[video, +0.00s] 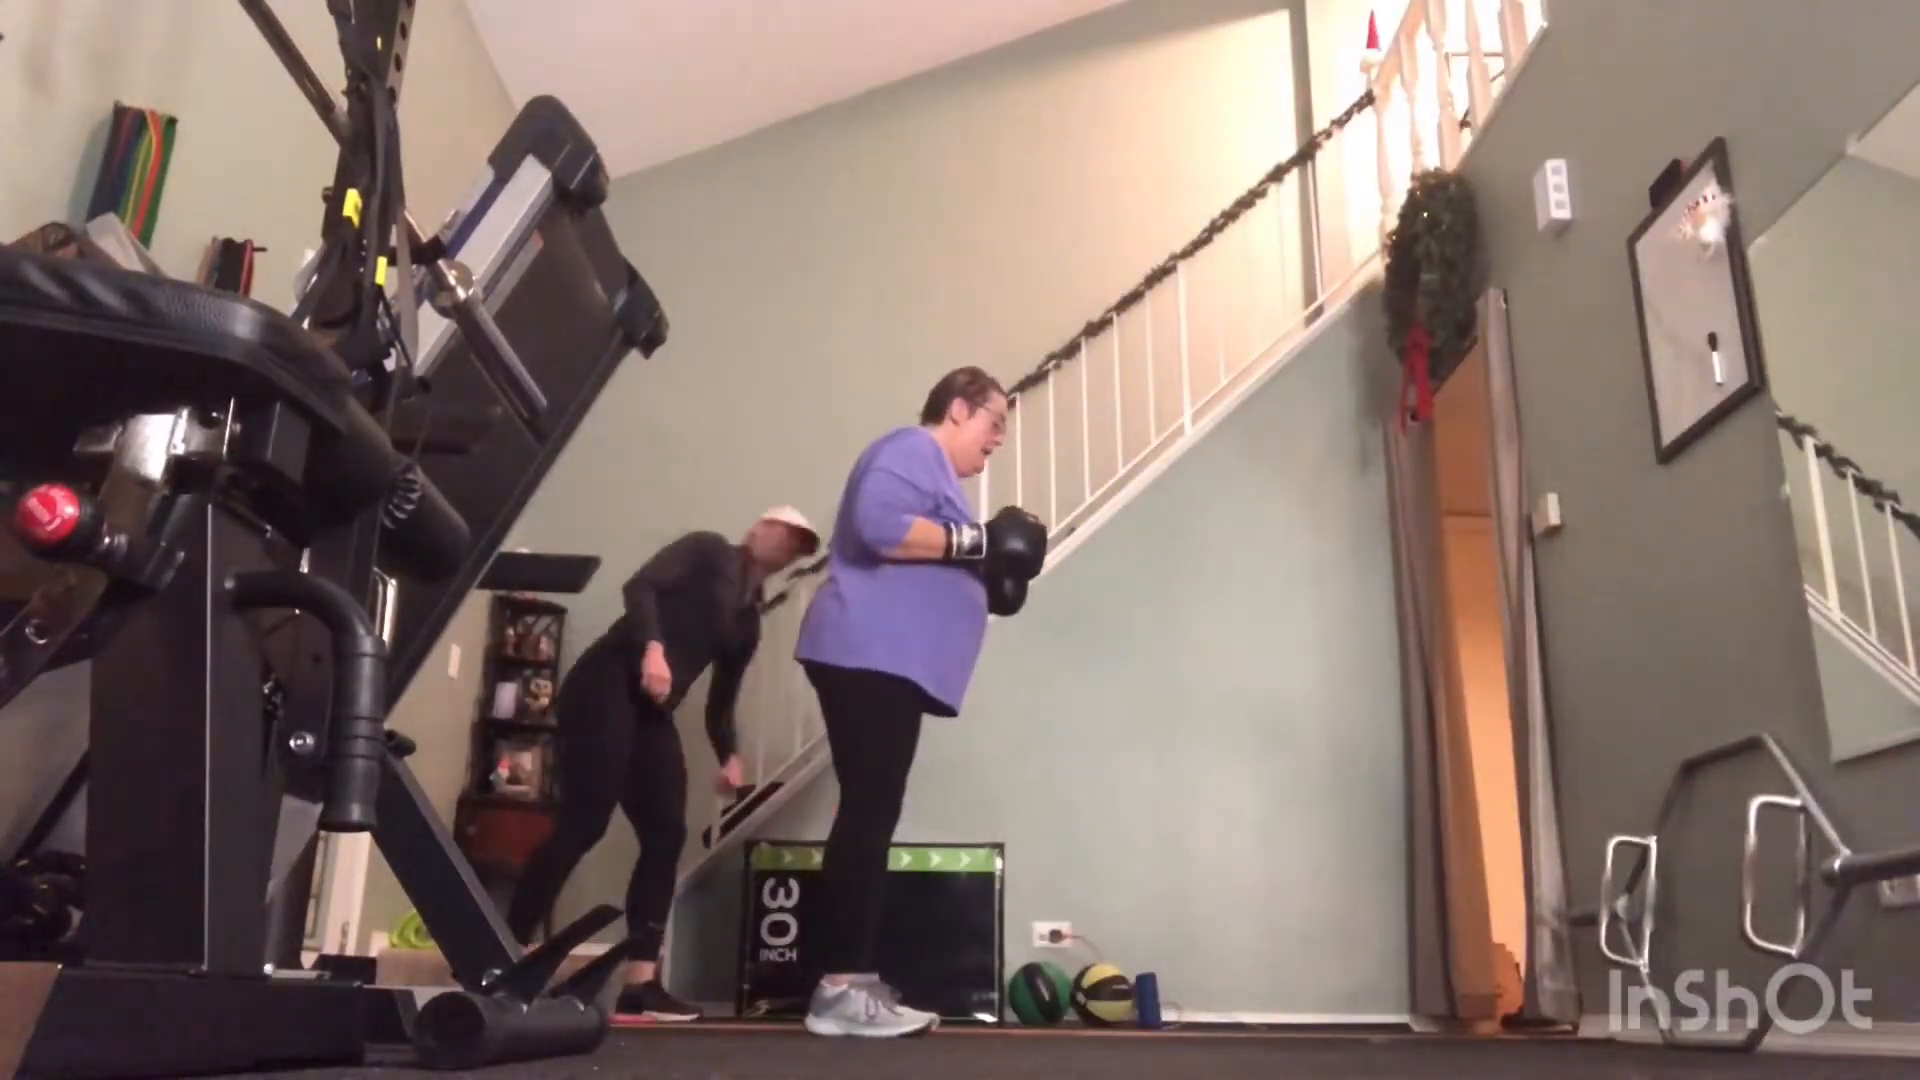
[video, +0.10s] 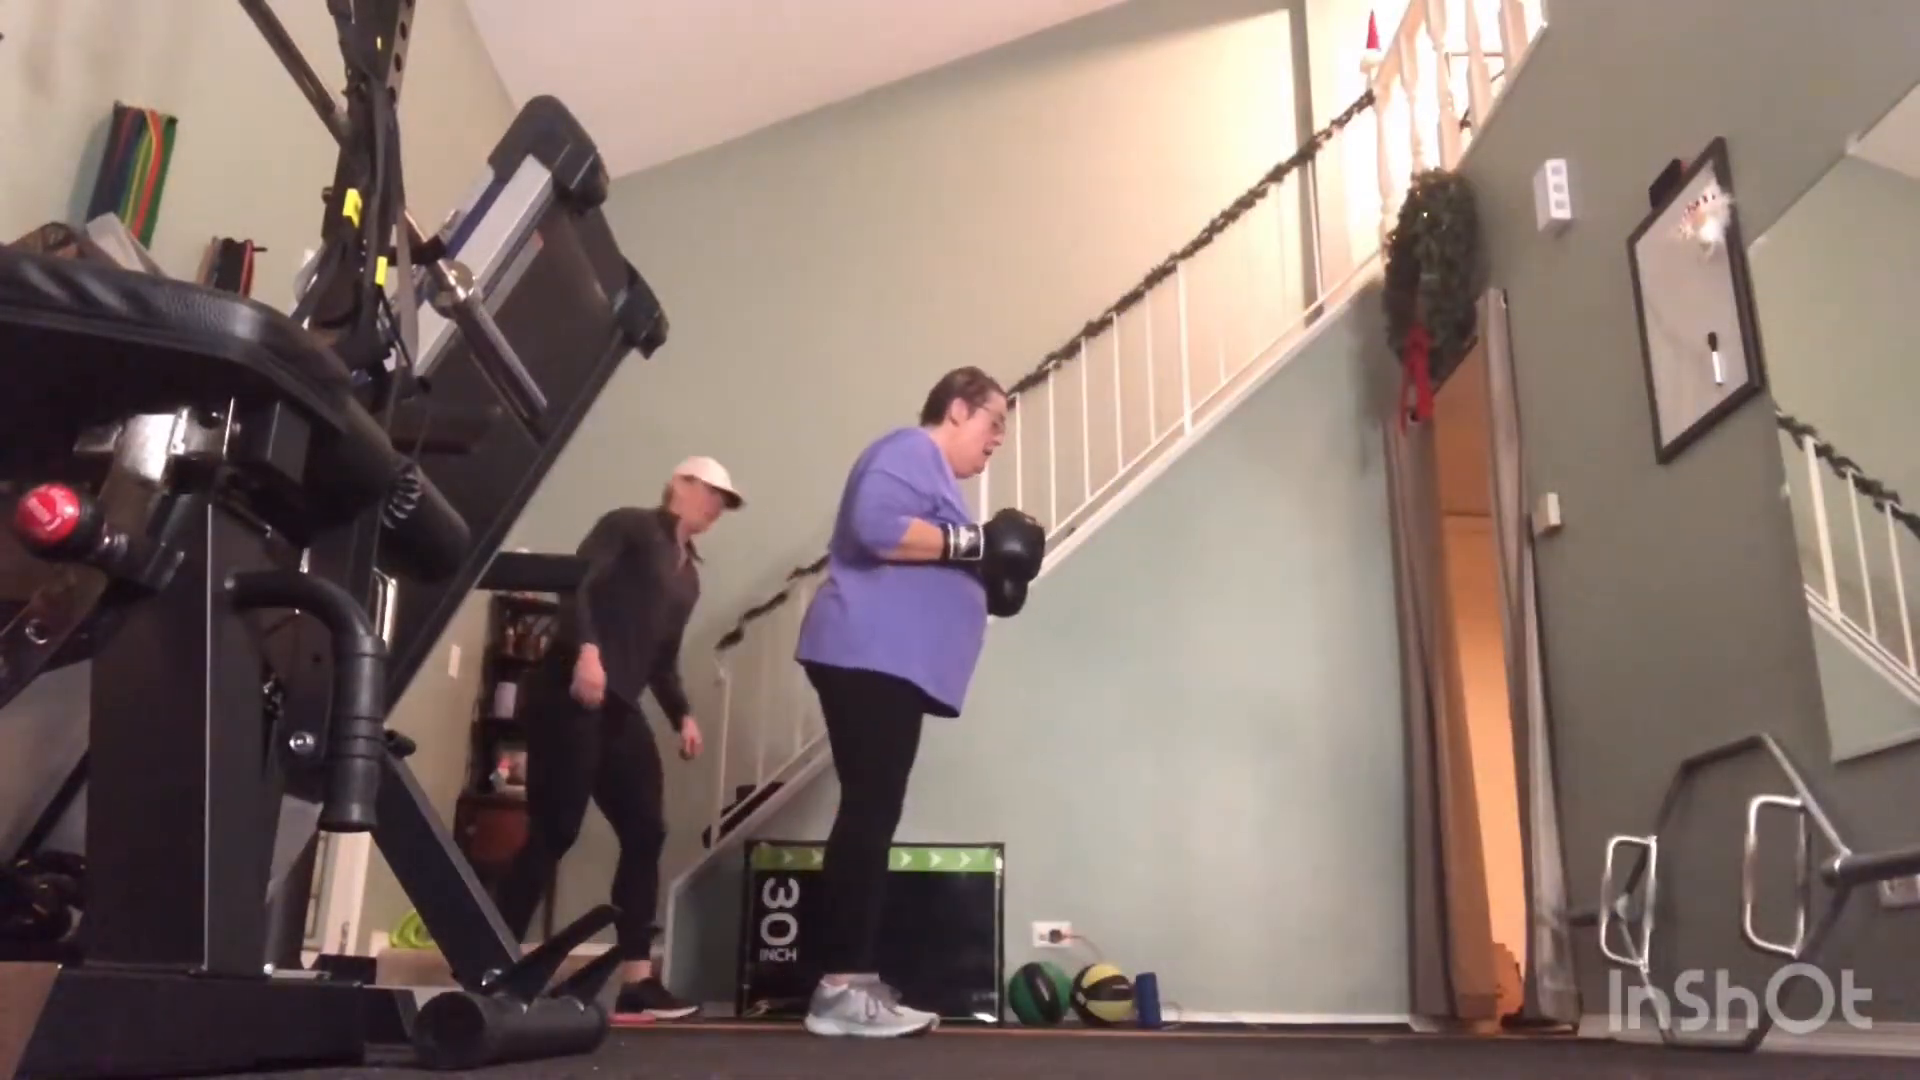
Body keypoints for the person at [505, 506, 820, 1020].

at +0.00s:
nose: (788, 547)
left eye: (798, 545)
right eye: (784, 532)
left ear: (795, 559)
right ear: (756, 528)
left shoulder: (747, 624)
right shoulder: (708, 548)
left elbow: (721, 701)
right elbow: (639, 586)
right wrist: (652, 646)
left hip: (652, 712)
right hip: (605, 686)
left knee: (665, 834)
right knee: (584, 820)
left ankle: (640, 980)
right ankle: (516, 944)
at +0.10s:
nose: (718, 509)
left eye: (724, 502)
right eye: (713, 495)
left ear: (715, 509)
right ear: (679, 486)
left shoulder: (688, 576)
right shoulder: (629, 525)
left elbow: (661, 657)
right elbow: (576, 582)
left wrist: (683, 714)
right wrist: (586, 651)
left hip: (619, 709)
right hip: (567, 694)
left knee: (644, 833)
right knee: (554, 828)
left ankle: (636, 979)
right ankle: (490, 953)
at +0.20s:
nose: (714, 509)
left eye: (721, 503)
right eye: (710, 495)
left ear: (715, 507)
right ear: (679, 482)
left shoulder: (687, 569)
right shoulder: (631, 523)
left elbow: (666, 647)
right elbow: (585, 580)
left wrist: (683, 693)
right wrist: (573, 650)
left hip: (634, 708)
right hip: (586, 692)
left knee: (649, 836)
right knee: (563, 828)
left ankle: (634, 978)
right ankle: (492, 950)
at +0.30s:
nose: (759, 512)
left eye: (766, 506)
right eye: (754, 498)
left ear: (763, 514)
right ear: (724, 490)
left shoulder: (730, 575)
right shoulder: (674, 533)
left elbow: (715, 654)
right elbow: (627, 594)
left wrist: (736, 710)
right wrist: (658, 653)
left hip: (675, 704)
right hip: (630, 691)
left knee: (677, 831)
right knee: (666, 820)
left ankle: (638, 974)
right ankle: (608, 945)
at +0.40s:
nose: (769, 486)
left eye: (774, 480)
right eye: (761, 473)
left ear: (768, 490)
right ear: (729, 473)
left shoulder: (744, 555)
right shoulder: (695, 517)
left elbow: (718, 642)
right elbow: (655, 580)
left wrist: (761, 696)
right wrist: (686, 629)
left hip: (697, 694)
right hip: (660, 683)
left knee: (713, 832)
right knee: (681, 822)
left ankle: (648, 966)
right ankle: (648, 974)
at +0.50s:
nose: (797, 500)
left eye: (803, 492)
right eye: (792, 485)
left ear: (794, 497)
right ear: (761, 477)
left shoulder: (765, 550)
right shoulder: (724, 519)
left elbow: (739, 639)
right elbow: (691, 582)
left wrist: (773, 682)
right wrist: (725, 642)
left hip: (722, 696)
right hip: (686, 687)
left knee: (733, 832)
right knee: (701, 826)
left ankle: (706, 973)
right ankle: (653, 971)